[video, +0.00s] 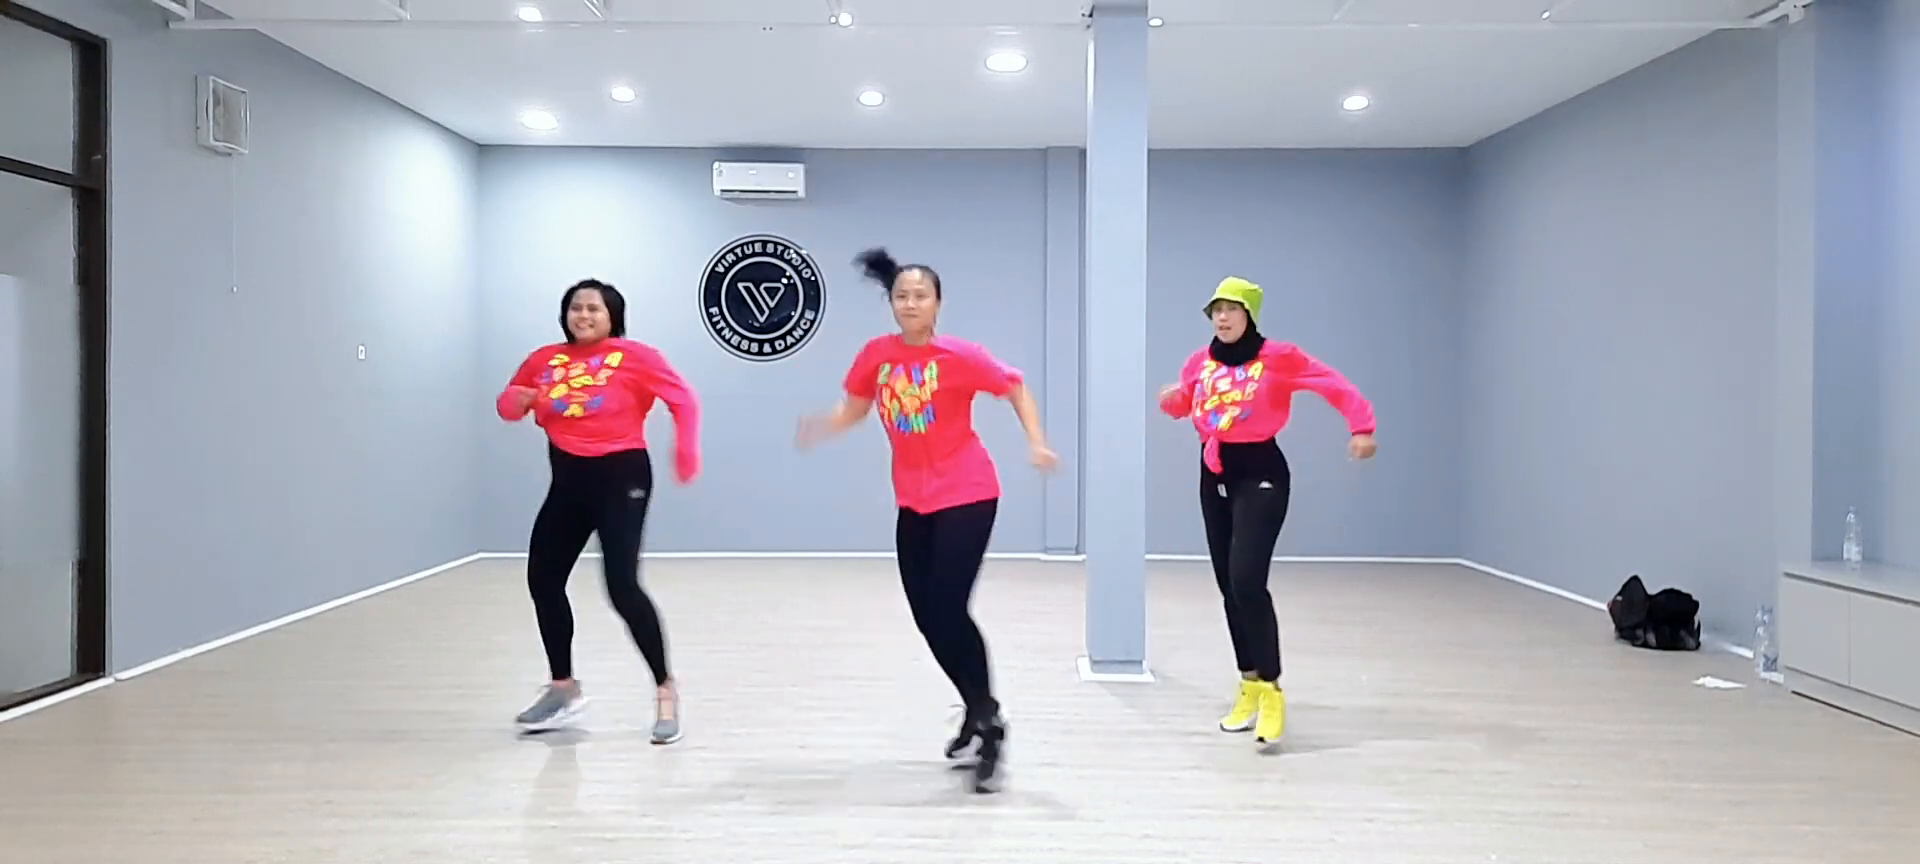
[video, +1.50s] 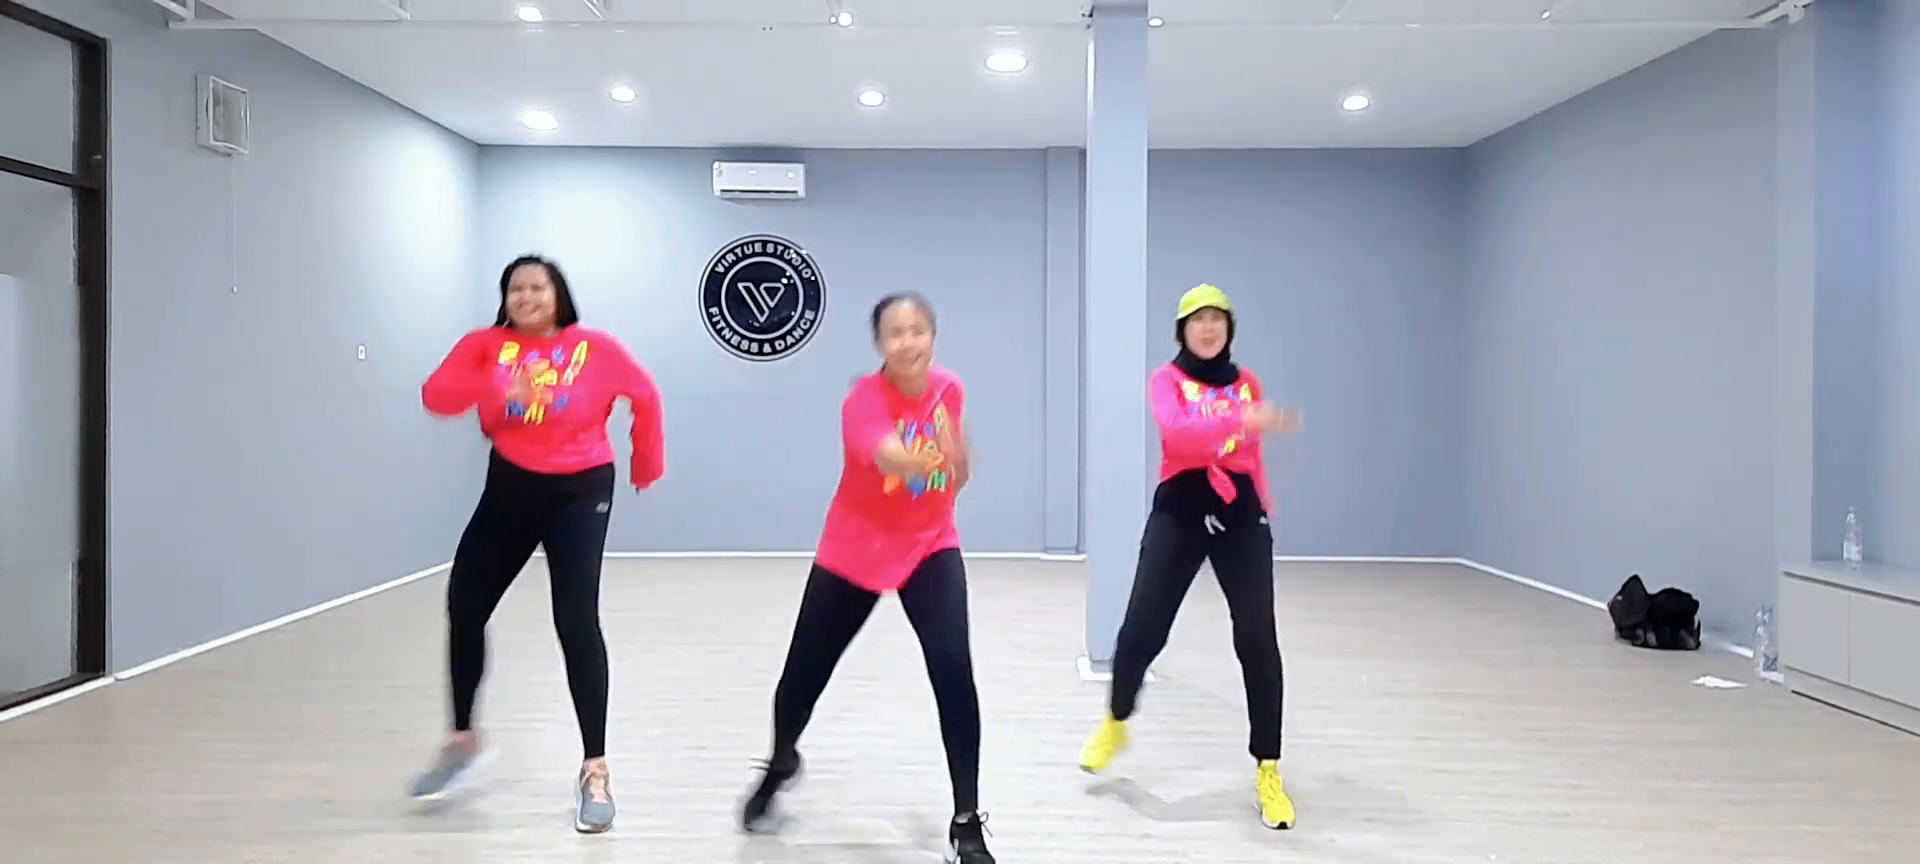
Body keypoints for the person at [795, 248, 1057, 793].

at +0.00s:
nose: (911, 302)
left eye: (921, 295)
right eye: (902, 295)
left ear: (938, 304)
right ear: (891, 304)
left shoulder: (961, 356)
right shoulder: (876, 355)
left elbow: (1015, 388)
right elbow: (853, 408)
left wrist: (1037, 441)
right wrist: (822, 426)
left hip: (968, 498)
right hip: (915, 504)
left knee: (947, 607)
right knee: (927, 616)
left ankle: (988, 722)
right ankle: (978, 709)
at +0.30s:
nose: (889, 320)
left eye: (899, 311)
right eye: (881, 311)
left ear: (918, 319)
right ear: (869, 320)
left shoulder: (944, 382)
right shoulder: (856, 376)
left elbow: (958, 460)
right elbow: (856, 438)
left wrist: (971, 526)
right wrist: (855, 490)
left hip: (946, 516)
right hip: (886, 513)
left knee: (969, 626)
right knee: (854, 614)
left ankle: (998, 737)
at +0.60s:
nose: (842, 322)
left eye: (853, 314)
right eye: (834, 314)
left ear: (871, 324)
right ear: (822, 321)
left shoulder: (880, 383)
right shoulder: (801, 375)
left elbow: (834, 428)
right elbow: (787, 443)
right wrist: (764, 506)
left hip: (876, 527)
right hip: (806, 525)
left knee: (926, 637)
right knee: (765, 641)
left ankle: (965, 729)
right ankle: (764, 766)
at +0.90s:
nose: (794, 321)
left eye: (805, 310)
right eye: (785, 310)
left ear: (823, 314)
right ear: (770, 314)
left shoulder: (852, 353)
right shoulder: (758, 360)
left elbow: (920, 339)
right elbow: (692, 371)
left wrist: (865, 364)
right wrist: (640, 410)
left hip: (846, 524)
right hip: (776, 525)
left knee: (859, 647)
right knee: (759, 649)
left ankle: (809, 736)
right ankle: (749, 771)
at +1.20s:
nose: (837, 342)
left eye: (847, 331)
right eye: (826, 331)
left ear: (862, 332)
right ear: (808, 334)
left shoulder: (883, 360)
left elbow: (925, 369)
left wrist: (973, 401)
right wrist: (758, 580)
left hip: (875, 519)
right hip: (804, 525)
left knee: (905, 638)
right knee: (754, 642)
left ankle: (935, 777)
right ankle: (752, 757)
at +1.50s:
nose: (908, 342)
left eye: (918, 331)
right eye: (896, 333)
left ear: (933, 338)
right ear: (878, 344)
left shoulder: (949, 391)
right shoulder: (864, 398)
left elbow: (958, 471)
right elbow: (880, 450)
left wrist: (955, 458)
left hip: (928, 546)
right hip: (855, 547)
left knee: (953, 671)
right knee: (801, 675)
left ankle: (968, 818)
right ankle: (781, 763)